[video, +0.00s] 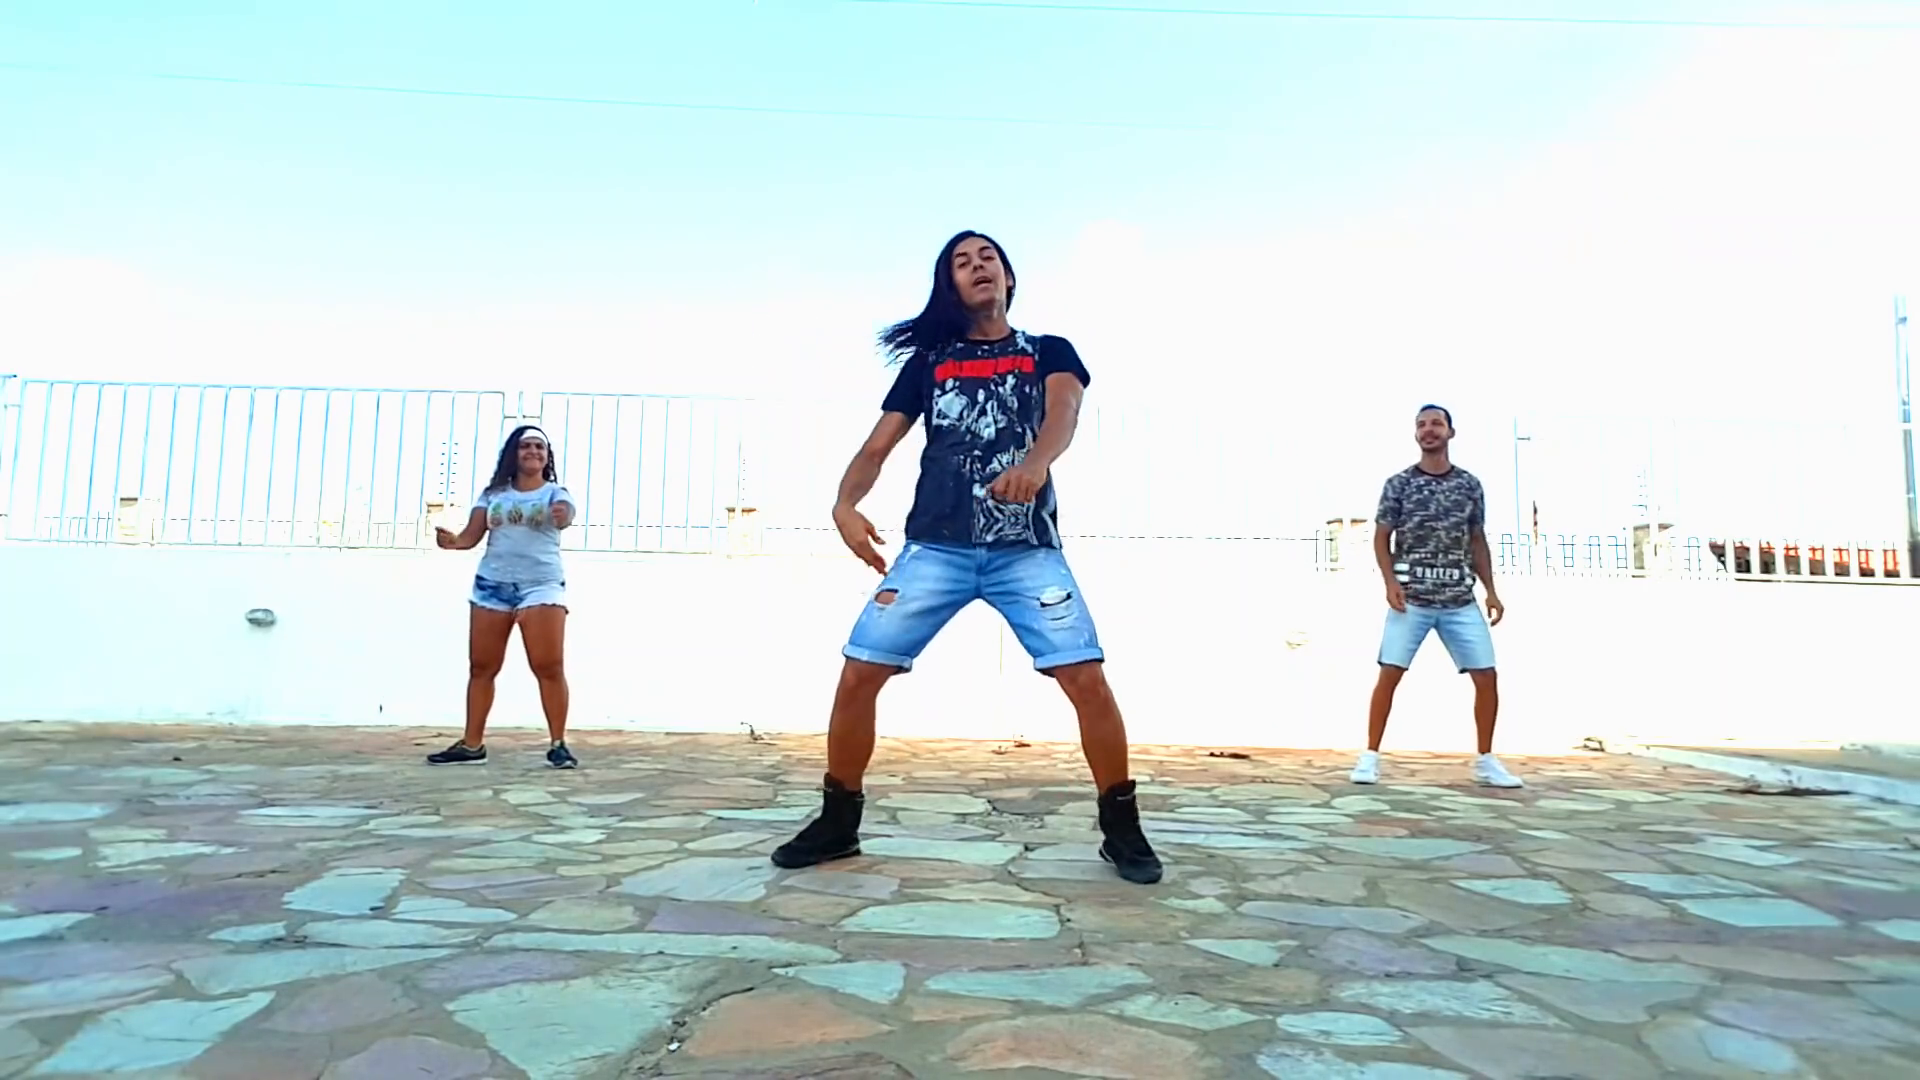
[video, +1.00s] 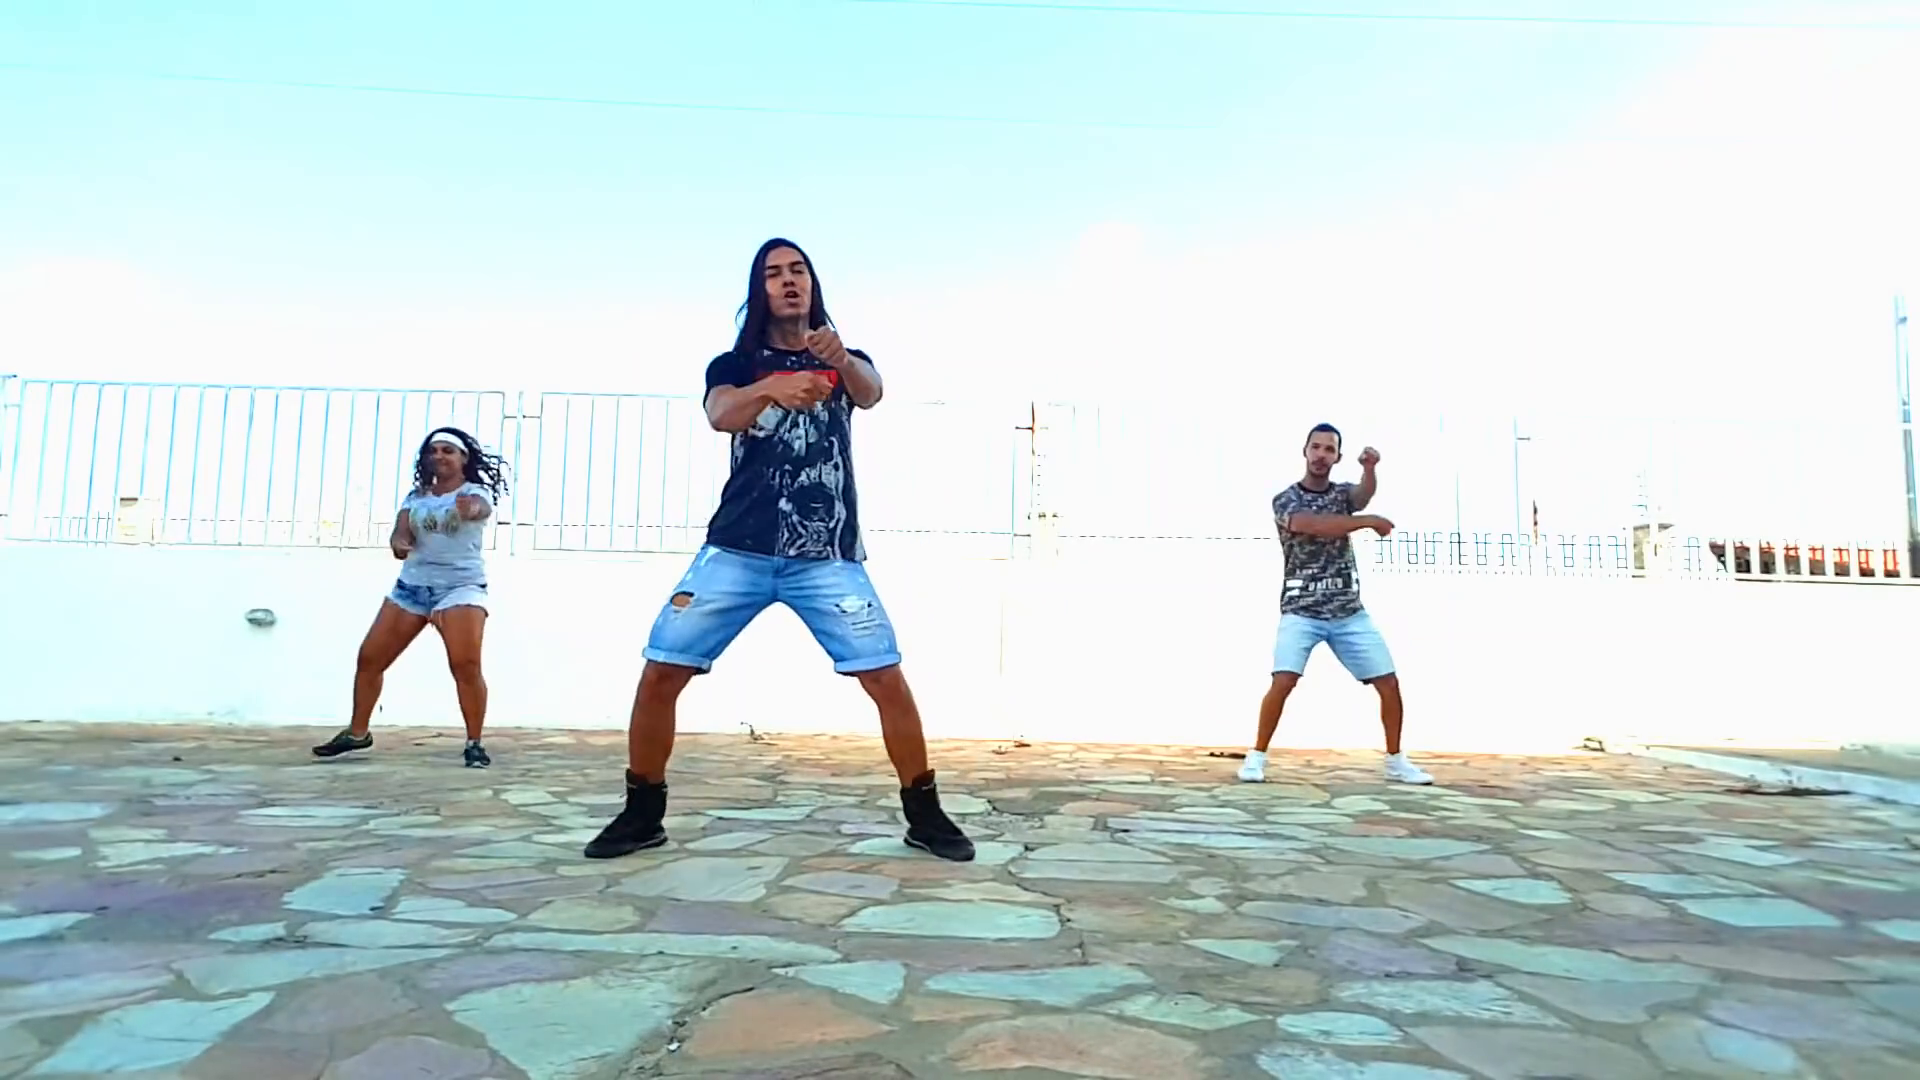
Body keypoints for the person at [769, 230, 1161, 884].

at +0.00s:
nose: (978, 263)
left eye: (987, 255)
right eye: (963, 260)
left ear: (1008, 277)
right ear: (949, 289)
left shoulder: (1049, 350)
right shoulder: (930, 361)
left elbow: (1063, 414)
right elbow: (878, 445)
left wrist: (1037, 463)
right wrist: (843, 504)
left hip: (1027, 553)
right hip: (935, 550)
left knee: (1088, 680)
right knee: (858, 674)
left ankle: (1122, 825)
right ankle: (837, 821)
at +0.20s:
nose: (948, 246)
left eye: (958, 236)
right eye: (934, 240)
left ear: (978, 253)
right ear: (919, 263)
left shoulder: (1017, 326)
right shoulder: (899, 332)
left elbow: (1033, 368)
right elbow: (857, 410)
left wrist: (1015, 385)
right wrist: (803, 393)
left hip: (994, 520)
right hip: (904, 518)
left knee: (1051, 655)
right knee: (844, 654)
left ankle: (1105, 811)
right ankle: (823, 806)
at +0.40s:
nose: (910, 244)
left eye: (919, 234)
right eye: (895, 239)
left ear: (942, 248)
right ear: (879, 260)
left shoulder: (975, 320)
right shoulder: (862, 326)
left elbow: (987, 346)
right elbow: (854, 373)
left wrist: (964, 357)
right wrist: (870, 400)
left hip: (954, 515)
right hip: (866, 513)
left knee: (1007, 651)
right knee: (795, 647)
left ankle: (1023, 807)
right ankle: (753, 797)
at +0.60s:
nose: (877, 284)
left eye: (885, 272)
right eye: (863, 276)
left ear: (904, 283)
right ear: (848, 291)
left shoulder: (933, 358)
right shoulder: (822, 358)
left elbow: (963, 398)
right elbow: (778, 403)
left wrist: (925, 396)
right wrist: (816, 382)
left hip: (916, 551)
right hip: (828, 548)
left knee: (981, 674)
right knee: (760, 670)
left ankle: (1019, 820)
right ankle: (744, 820)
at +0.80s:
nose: (827, 224)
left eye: (837, 214)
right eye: (814, 218)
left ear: (858, 229)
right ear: (796, 237)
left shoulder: (889, 302)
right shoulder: (780, 305)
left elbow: (908, 336)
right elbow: (795, 367)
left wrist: (902, 333)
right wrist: (757, 341)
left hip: (869, 498)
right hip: (782, 496)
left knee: (926, 623)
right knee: (713, 629)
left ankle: (952, 778)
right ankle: (667, 780)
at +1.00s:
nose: (787, 280)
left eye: (796, 269)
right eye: (773, 273)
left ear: (814, 283)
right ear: (757, 291)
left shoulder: (839, 355)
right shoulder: (732, 363)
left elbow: (870, 393)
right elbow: (721, 414)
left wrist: (842, 359)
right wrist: (772, 387)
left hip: (828, 557)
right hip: (737, 552)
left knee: (887, 678)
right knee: (660, 672)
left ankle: (924, 812)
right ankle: (642, 813)